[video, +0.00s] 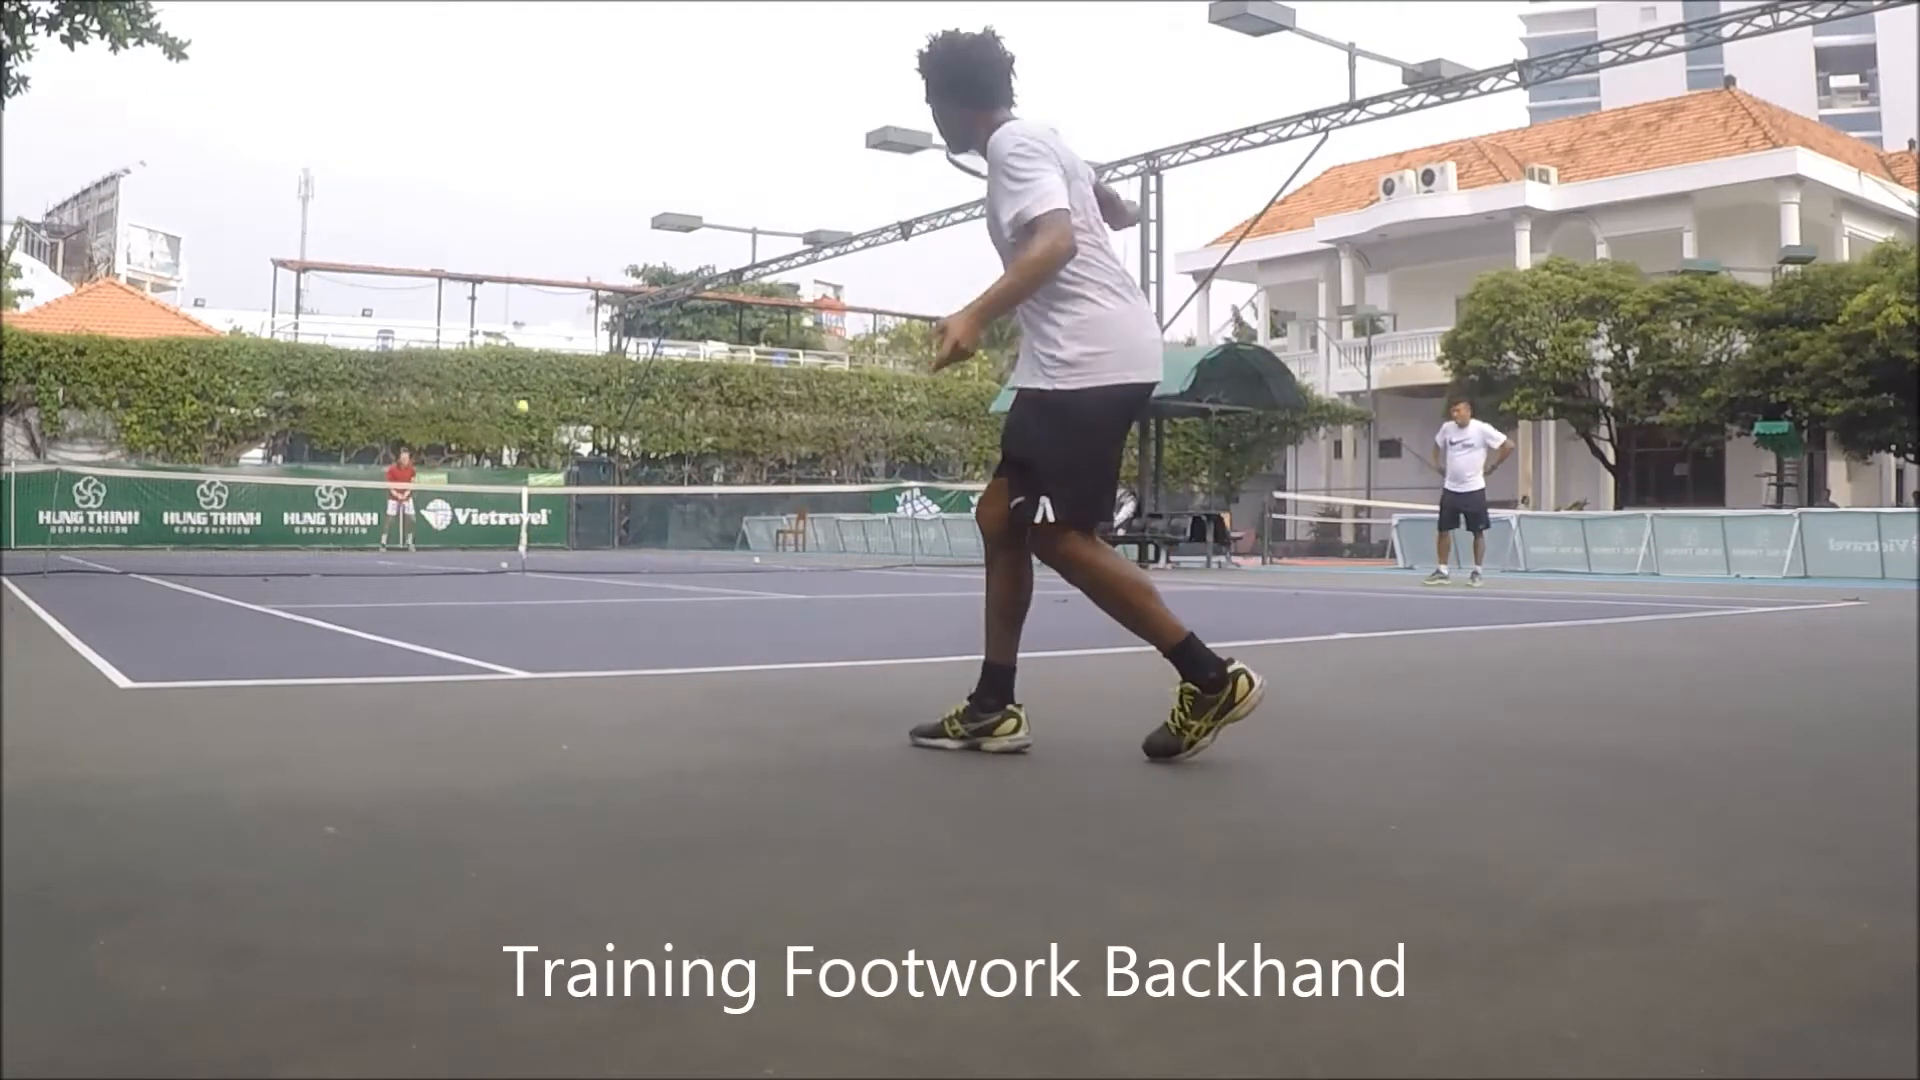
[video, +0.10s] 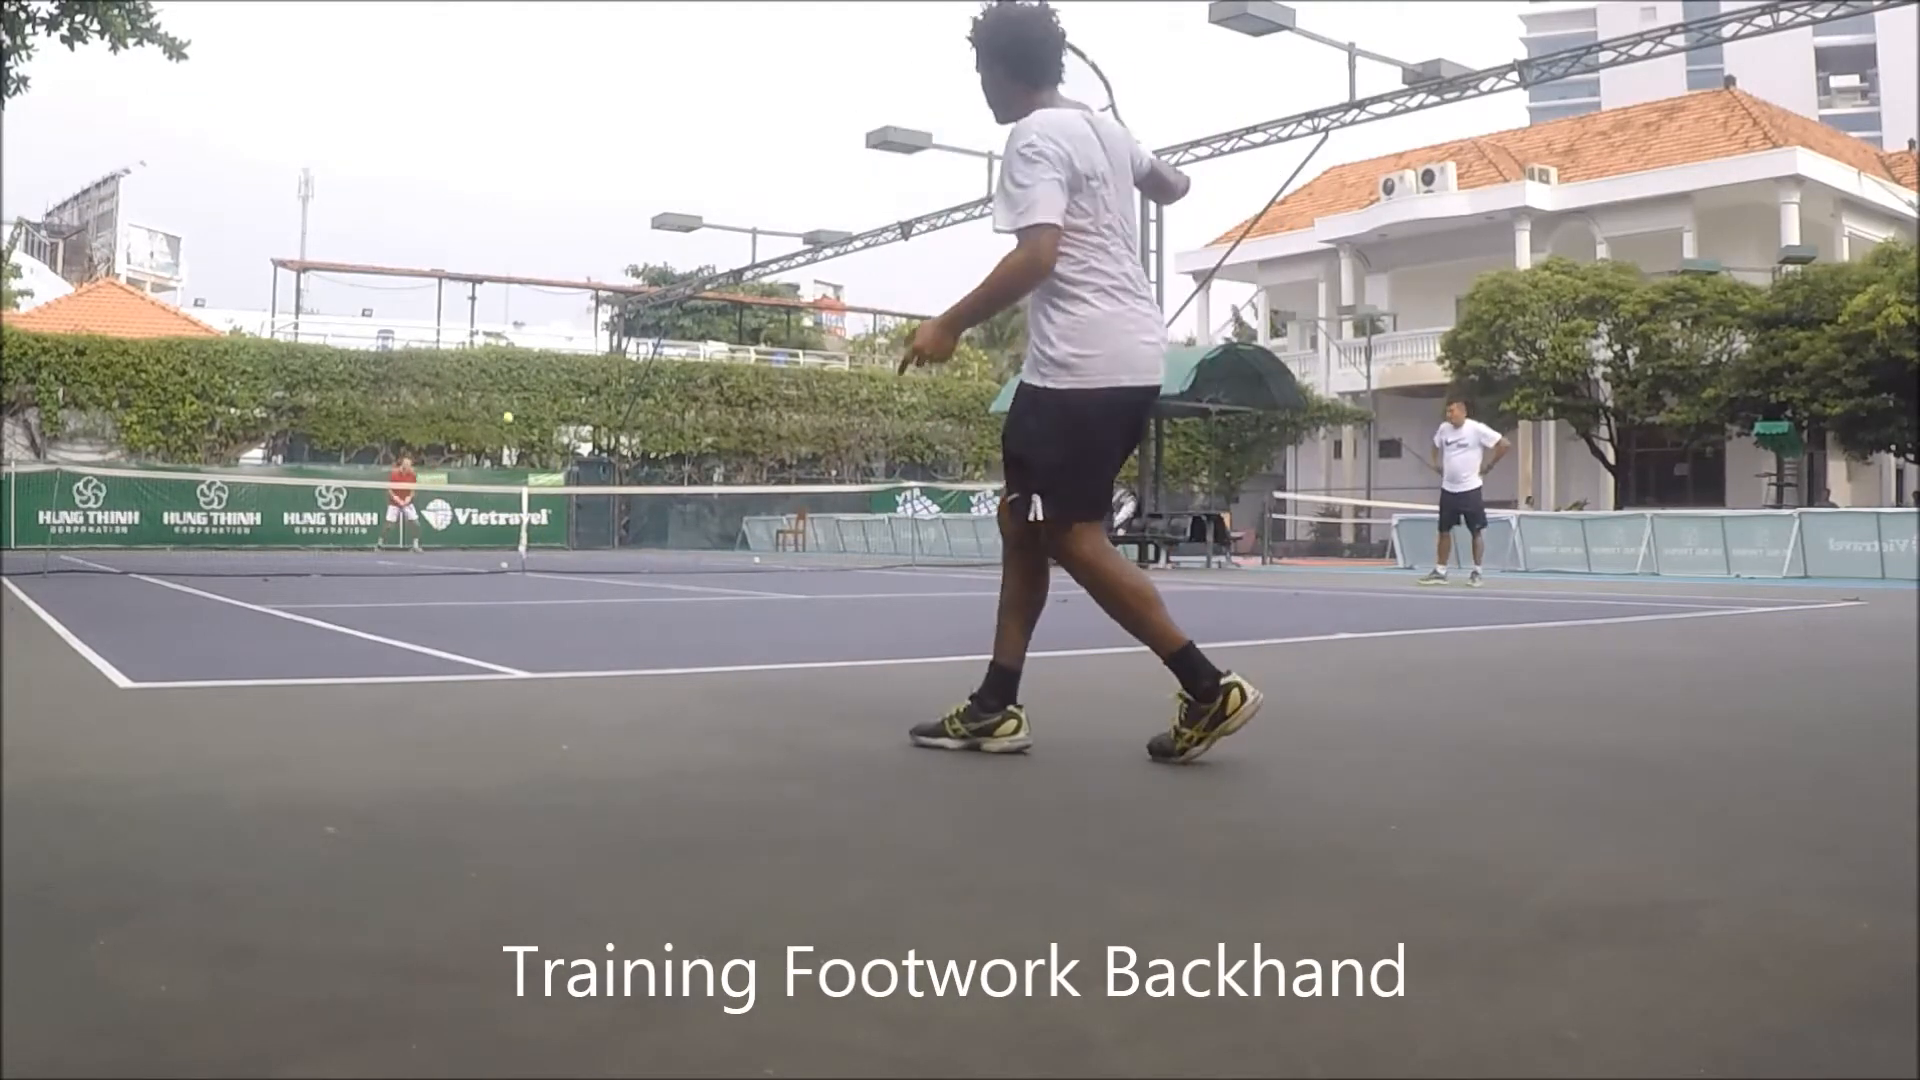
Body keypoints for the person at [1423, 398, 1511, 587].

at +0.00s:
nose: (1455, 414)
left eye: (1458, 410)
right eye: (1453, 411)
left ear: (1469, 411)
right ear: (1451, 414)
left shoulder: (1482, 428)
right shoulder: (1447, 428)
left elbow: (1508, 446)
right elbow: (1437, 445)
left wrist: (1492, 467)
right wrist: (1437, 464)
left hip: (1474, 488)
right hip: (1451, 487)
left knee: (1478, 532)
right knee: (1443, 529)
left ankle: (1477, 571)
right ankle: (1442, 570)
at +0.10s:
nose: (1449, 415)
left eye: (1452, 411)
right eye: (1448, 411)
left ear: (1463, 411)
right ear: (1448, 414)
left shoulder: (1476, 428)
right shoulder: (1444, 428)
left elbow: (1503, 444)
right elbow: (1436, 446)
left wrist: (1488, 465)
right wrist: (1437, 464)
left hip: (1470, 487)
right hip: (1448, 487)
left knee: (1476, 531)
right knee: (1444, 529)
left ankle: (1477, 571)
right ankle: (1440, 570)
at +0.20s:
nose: (1441, 415)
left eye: (1443, 411)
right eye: (1440, 412)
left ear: (1455, 411)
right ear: (1443, 414)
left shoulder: (1469, 428)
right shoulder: (1440, 429)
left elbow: (1495, 445)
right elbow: (1435, 449)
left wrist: (1482, 468)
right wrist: (1435, 467)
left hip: (1465, 487)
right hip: (1445, 488)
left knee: (1474, 531)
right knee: (1445, 531)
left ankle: (1477, 570)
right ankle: (1440, 570)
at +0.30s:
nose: (1434, 414)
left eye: (1436, 411)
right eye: (1433, 412)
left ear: (1447, 410)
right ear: (1437, 413)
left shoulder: (1461, 428)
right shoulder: (1437, 431)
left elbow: (1484, 449)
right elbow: (1439, 455)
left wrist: (1475, 474)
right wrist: (1438, 475)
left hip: (1460, 487)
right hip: (1441, 488)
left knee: (1469, 530)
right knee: (1443, 531)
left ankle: (1476, 570)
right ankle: (1440, 570)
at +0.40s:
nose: (1427, 415)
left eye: (1429, 411)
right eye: (1427, 412)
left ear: (1440, 411)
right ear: (1434, 413)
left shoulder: (1455, 429)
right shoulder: (1434, 432)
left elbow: (1473, 452)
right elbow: (1438, 457)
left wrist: (1468, 477)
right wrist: (1436, 478)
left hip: (1453, 487)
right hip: (1436, 488)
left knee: (1461, 530)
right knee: (1441, 531)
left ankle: (1474, 569)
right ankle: (1440, 571)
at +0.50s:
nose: (1425, 418)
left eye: (1427, 414)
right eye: (1424, 414)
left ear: (1435, 413)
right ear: (1432, 414)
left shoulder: (1451, 429)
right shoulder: (1432, 433)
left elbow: (1465, 456)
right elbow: (1435, 458)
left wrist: (1459, 481)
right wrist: (1431, 480)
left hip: (1447, 487)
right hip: (1433, 487)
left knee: (1452, 528)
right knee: (1439, 531)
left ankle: (1470, 566)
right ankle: (1440, 570)